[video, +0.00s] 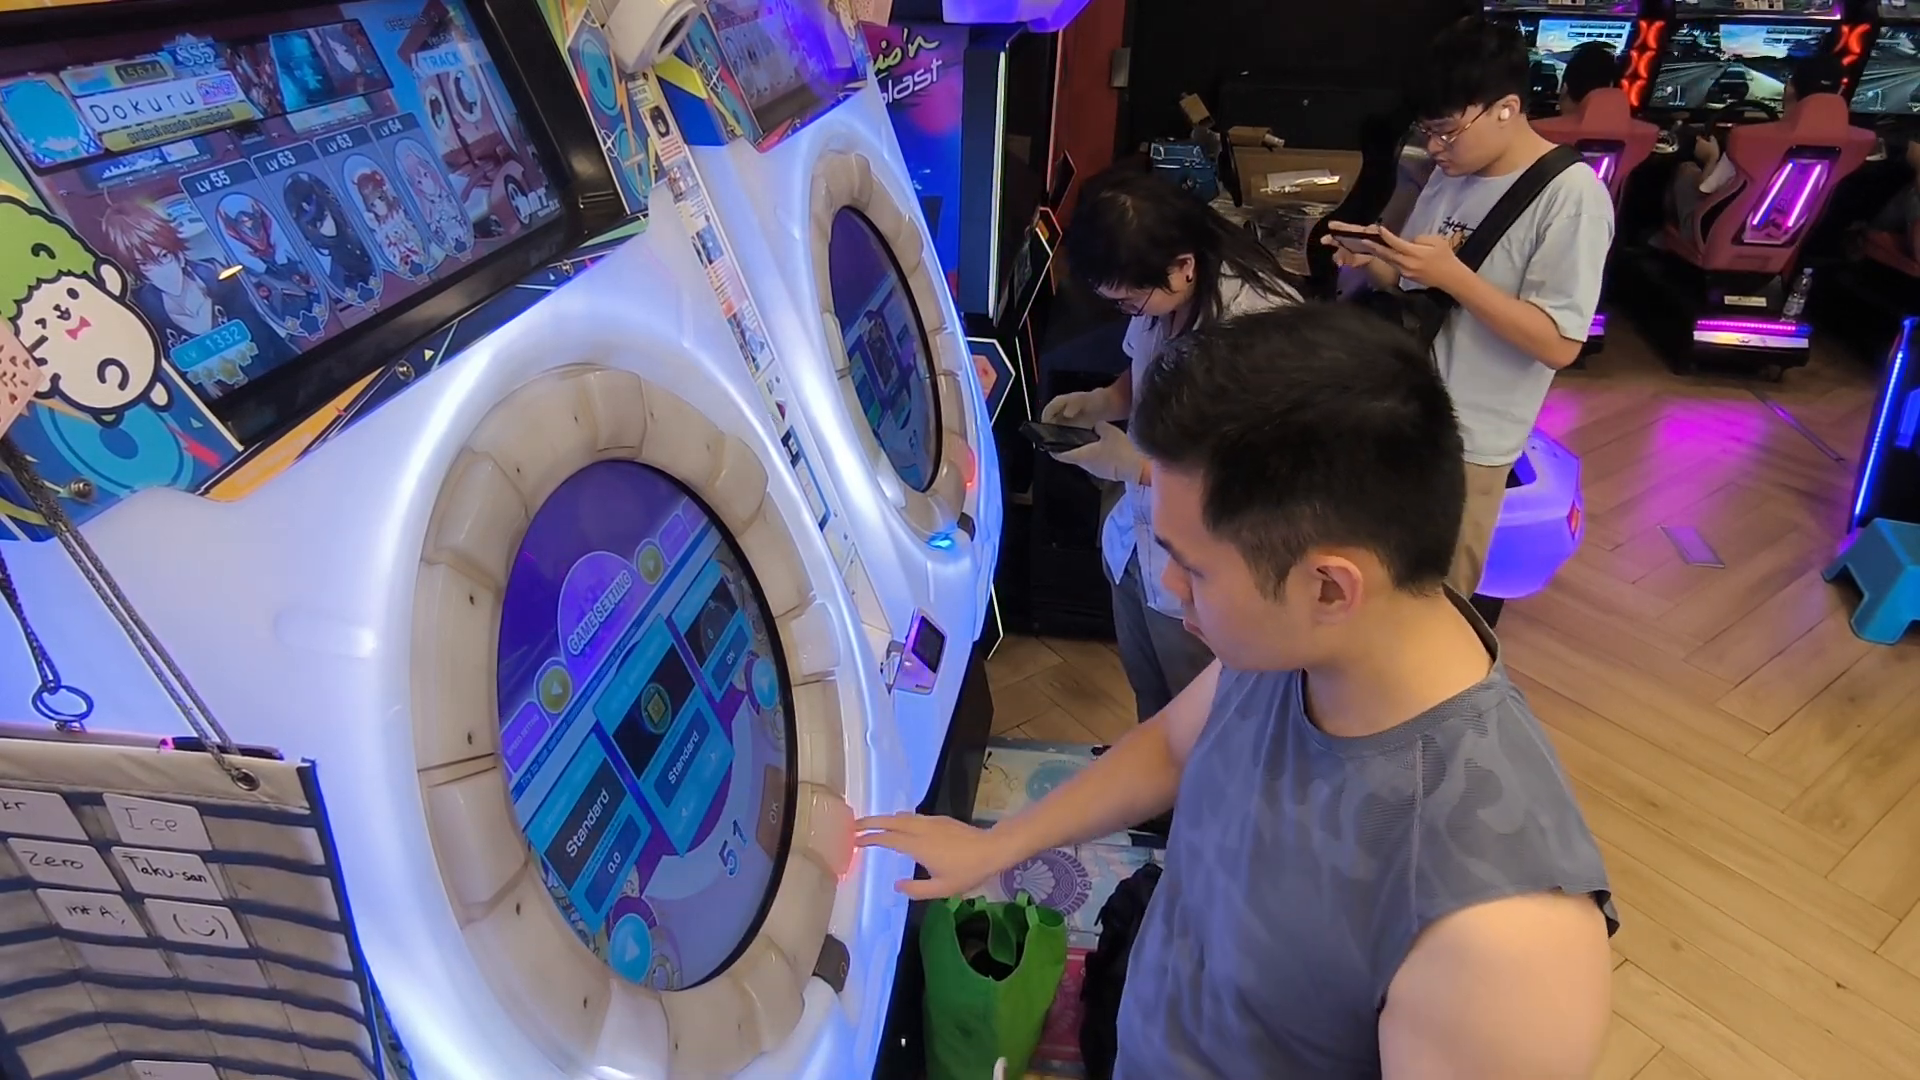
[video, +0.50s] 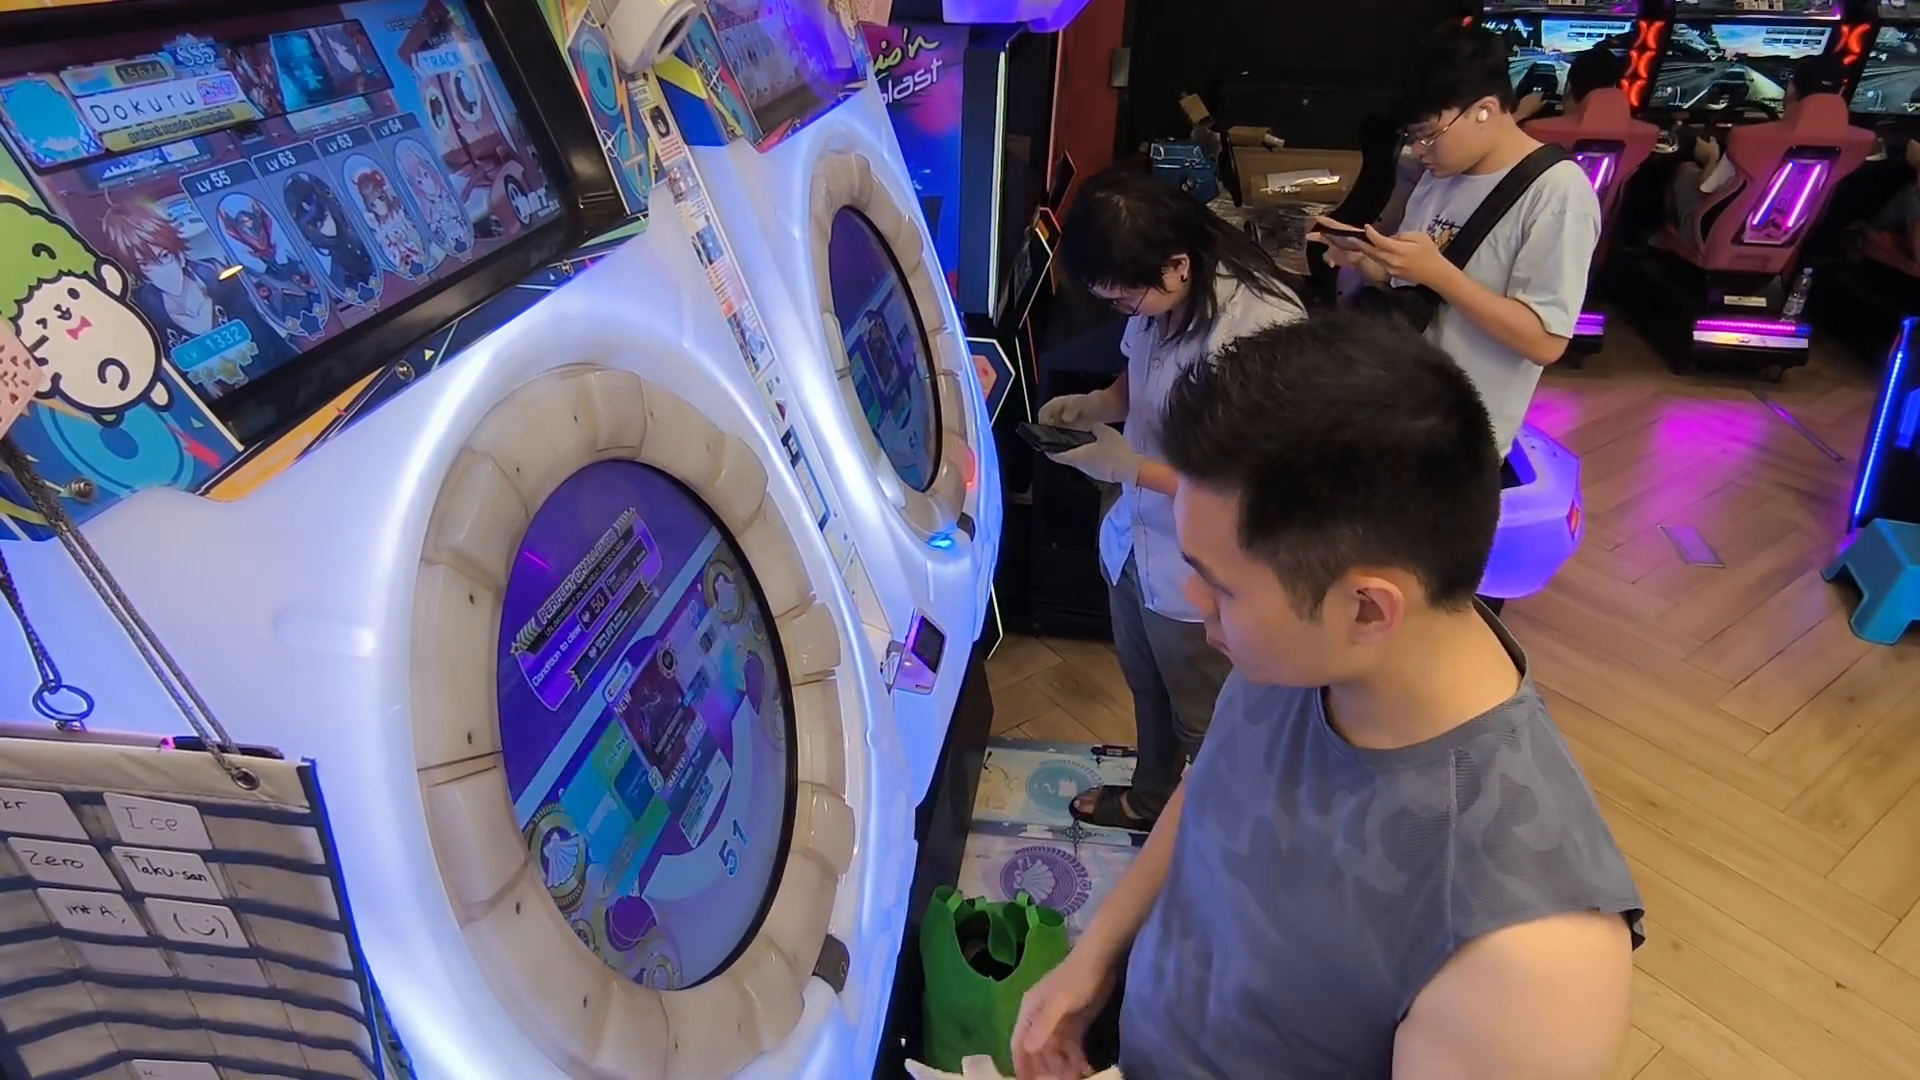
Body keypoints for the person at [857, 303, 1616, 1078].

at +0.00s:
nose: (1164, 582)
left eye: (1188, 566)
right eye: (1165, 550)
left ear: (1331, 589)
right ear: (1329, 591)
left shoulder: (1501, 925)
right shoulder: (1288, 642)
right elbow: (1165, 748)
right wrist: (1000, 843)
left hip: (1213, 1073)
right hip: (1140, 984)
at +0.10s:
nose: (1161, 578)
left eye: (1187, 562)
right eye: (1162, 546)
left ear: (1327, 584)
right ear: (1326, 587)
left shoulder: (1500, 922)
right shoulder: (1286, 640)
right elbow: (1163, 761)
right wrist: (1000, 857)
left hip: (1215, 1071)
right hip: (1141, 977)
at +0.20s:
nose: (1172, 583)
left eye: (1195, 564)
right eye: (1172, 550)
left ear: (1333, 583)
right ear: (1332, 586)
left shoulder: (1501, 917)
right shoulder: (1294, 648)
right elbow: (1179, 767)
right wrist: (1020, 876)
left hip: (1224, 1072)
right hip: (1141, 1005)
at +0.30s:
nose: (1179, 586)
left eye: (1204, 564)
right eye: (1181, 550)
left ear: (1345, 588)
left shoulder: (1513, 922)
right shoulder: (1302, 650)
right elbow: (1192, 777)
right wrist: (1039, 913)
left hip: (1232, 1069)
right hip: (1135, 1011)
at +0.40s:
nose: (1186, 587)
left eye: (1211, 571)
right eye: (1192, 555)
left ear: (1359, 598)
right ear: (1355, 596)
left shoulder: (1524, 928)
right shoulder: (1294, 643)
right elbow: (1197, 789)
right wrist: (1074, 941)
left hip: (1215, 1063)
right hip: (1131, 998)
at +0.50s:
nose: (1193, 599)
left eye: (1220, 586)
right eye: (1196, 568)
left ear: (1370, 611)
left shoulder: (1531, 940)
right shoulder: (1291, 645)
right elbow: (1203, 797)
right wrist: (1095, 951)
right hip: (1121, 1013)